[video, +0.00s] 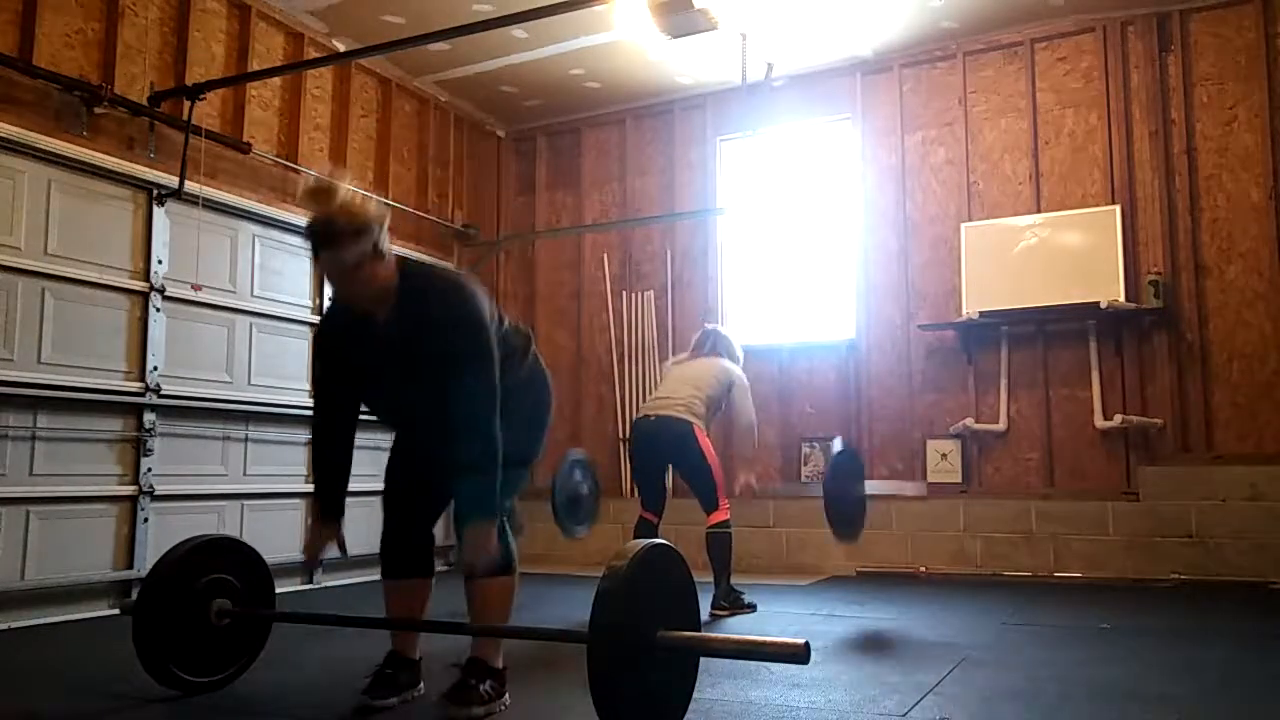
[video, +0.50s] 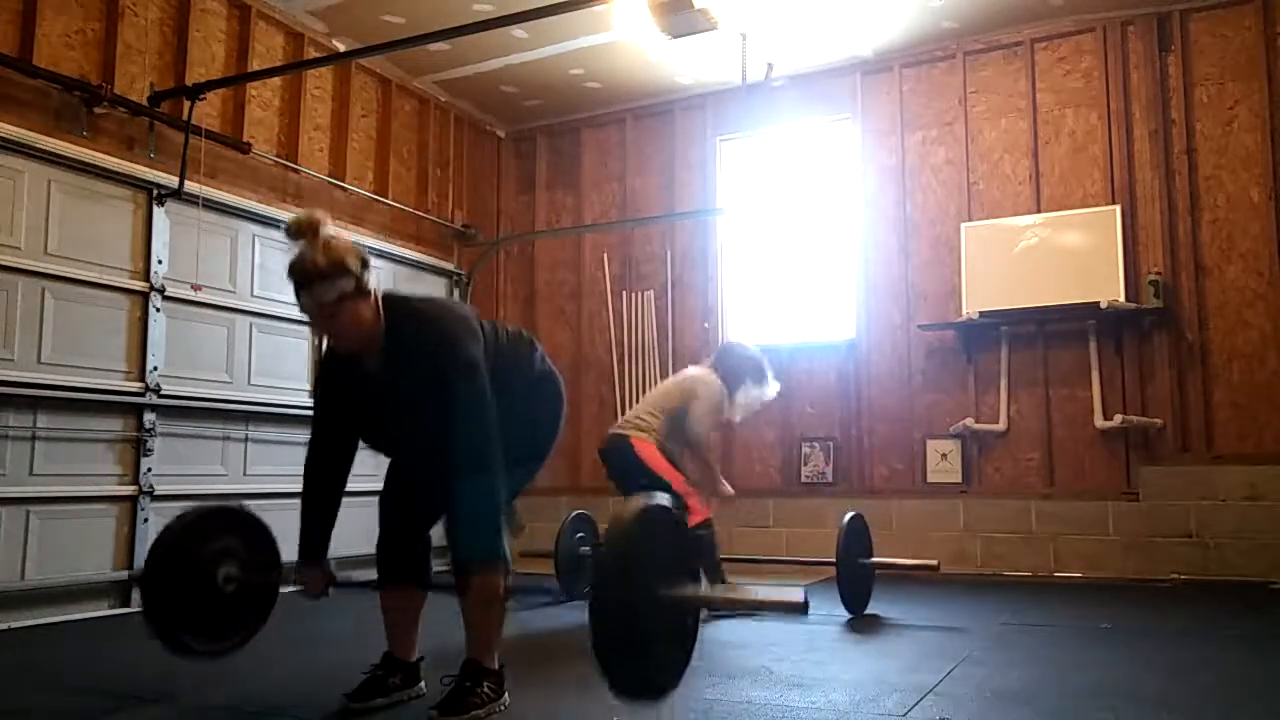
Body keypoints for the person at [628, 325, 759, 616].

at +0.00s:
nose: (737, 361)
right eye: (736, 356)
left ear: (698, 347)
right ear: (729, 353)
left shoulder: (675, 363)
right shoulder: (732, 370)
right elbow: (746, 421)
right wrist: (746, 468)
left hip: (643, 428)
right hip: (683, 430)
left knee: (650, 509)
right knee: (716, 509)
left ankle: (634, 587)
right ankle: (723, 592)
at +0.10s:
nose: (740, 384)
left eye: (739, 380)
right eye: (738, 380)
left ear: (699, 369)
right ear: (729, 375)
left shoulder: (676, 385)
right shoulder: (732, 394)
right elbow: (743, 449)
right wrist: (746, 500)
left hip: (640, 441)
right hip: (682, 443)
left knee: (650, 514)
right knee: (724, 513)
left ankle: (636, 588)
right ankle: (724, 593)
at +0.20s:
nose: (739, 399)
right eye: (738, 394)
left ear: (701, 388)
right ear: (732, 392)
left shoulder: (678, 402)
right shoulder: (733, 410)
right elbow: (744, 466)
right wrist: (747, 517)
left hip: (638, 453)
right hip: (680, 455)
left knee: (655, 515)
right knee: (725, 516)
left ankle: (632, 580)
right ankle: (724, 594)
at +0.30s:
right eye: (743, 407)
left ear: (709, 394)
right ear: (740, 404)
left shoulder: (685, 407)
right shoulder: (735, 418)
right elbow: (745, 479)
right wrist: (751, 528)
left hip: (633, 457)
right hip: (674, 459)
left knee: (658, 516)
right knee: (725, 513)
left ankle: (634, 580)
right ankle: (725, 594)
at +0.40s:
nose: (747, 412)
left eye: (749, 408)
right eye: (747, 406)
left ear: (718, 383)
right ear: (742, 396)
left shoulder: (693, 397)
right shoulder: (727, 406)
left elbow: (696, 462)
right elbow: (733, 463)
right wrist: (739, 507)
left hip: (624, 456)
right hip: (658, 457)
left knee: (667, 521)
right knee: (718, 510)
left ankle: (647, 587)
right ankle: (724, 593)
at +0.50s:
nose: (755, 407)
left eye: (759, 402)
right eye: (755, 398)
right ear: (739, 381)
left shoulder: (696, 378)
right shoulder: (709, 384)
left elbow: (670, 444)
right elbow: (698, 433)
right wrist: (716, 480)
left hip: (619, 442)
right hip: (634, 442)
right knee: (694, 507)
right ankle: (717, 584)